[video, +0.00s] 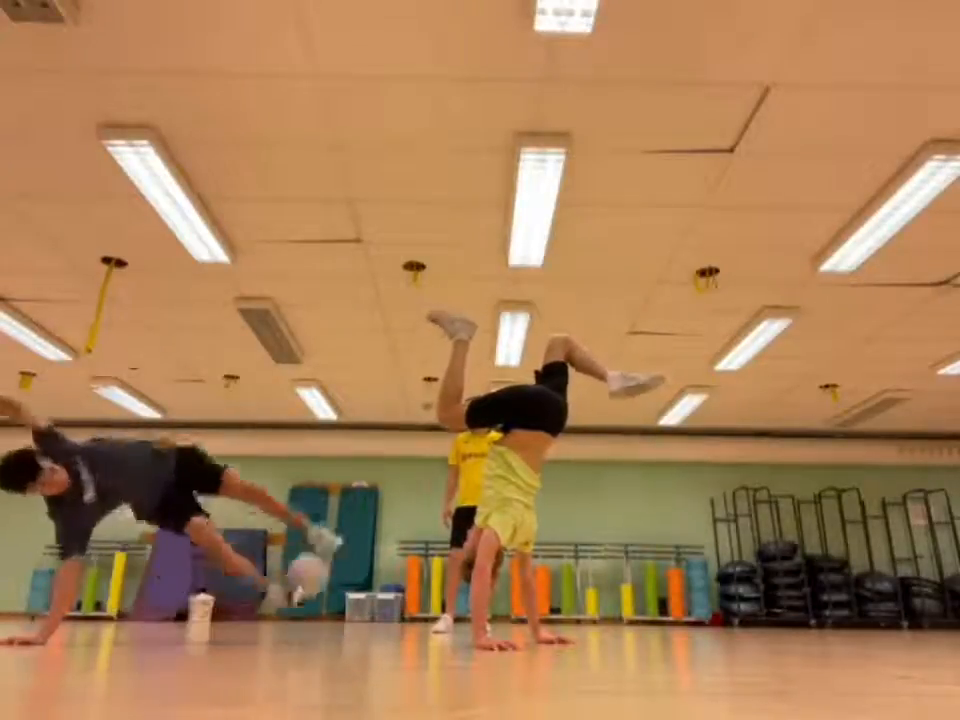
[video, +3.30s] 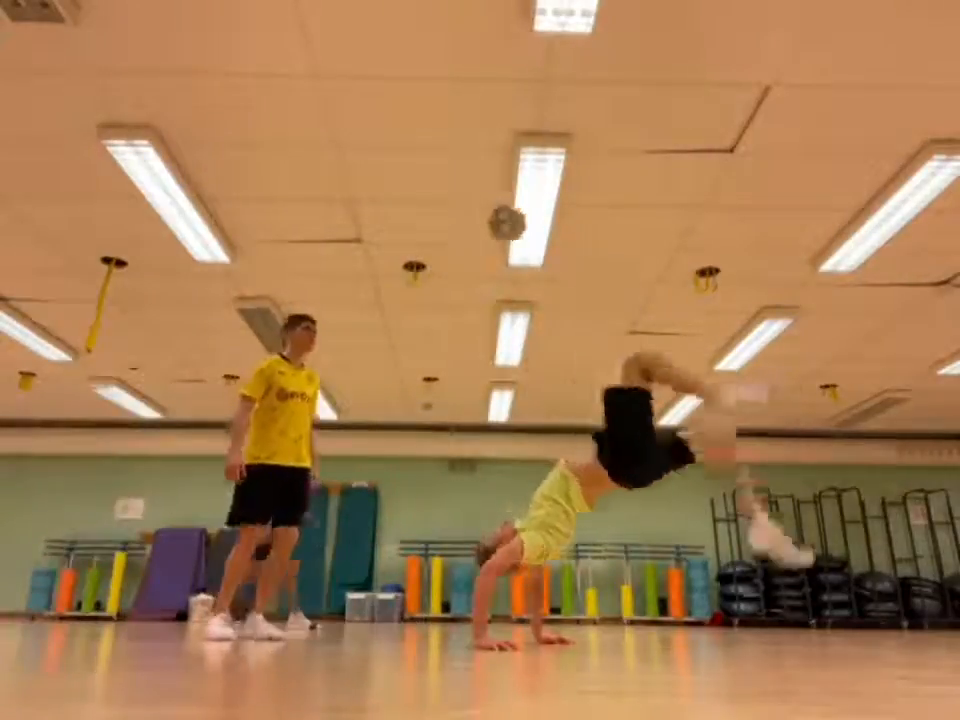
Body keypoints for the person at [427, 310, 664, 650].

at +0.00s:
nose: (483, 572)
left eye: (485, 574)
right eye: (481, 573)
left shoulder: (524, 536)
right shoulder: (493, 528)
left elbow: (526, 584)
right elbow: (481, 577)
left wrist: (537, 631)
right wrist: (481, 636)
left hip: (553, 414)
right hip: (529, 408)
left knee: (559, 344)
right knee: (450, 417)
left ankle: (613, 378)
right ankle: (461, 340)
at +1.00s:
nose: (481, 557)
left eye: (473, 556)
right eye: (477, 556)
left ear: (472, 549)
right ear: (473, 543)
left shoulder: (526, 538)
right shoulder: (497, 528)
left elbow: (528, 585)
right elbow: (483, 577)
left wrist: (537, 632)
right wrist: (482, 636)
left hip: (557, 412)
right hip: (536, 412)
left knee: (549, 345)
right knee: (457, 407)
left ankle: (620, 317)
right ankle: (450, 334)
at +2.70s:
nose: (476, 543)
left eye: (473, 548)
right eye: (476, 546)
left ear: (475, 547)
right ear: (481, 544)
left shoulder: (528, 540)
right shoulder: (504, 531)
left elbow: (529, 586)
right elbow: (484, 575)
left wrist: (538, 632)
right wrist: (481, 635)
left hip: (572, 416)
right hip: (554, 416)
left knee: (580, 347)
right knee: (471, 409)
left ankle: (658, 323)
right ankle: (472, 331)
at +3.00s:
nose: (482, 542)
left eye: (480, 545)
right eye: (481, 543)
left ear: (482, 550)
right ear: (484, 544)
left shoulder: (530, 541)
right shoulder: (509, 534)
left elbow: (530, 588)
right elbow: (482, 576)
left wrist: (536, 632)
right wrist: (480, 635)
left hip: (598, 436)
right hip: (582, 432)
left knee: (634, 367)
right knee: (515, 382)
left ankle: (714, 359)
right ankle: (527, 301)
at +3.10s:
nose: (488, 525)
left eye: (486, 534)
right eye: (487, 533)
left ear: (490, 546)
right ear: (490, 540)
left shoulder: (530, 538)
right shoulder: (514, 532)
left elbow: (535, 586)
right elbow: (486, 574)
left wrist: (537, 632)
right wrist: (480, 637)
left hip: (604, 438)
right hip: (596, 436)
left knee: (655, 374)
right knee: (538, 362)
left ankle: (736, 390)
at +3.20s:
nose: (495, 524)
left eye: (494, 536)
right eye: (494, 531)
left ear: (495, 550)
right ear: (497, 537)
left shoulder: (535, 539)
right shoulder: (519, 534)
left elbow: (535, 586)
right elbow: (485, 579)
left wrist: (537, 630)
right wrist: (479, 637)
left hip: (618, 452)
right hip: (609, 441)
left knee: (683, 394)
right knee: (576, 353)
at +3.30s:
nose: (501, 528)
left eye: (497, 532)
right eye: (498, 533)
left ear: (501, 550)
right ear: (501, 546)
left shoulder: (539, 544)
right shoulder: (523, 541)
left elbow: (537, 582)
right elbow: (487, 573)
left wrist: (538, 632)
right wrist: (480, 636)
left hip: (633, 472)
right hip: (624, 461)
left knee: (702, 442)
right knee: (638, 365)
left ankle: (760, 524)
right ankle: (712, 392)